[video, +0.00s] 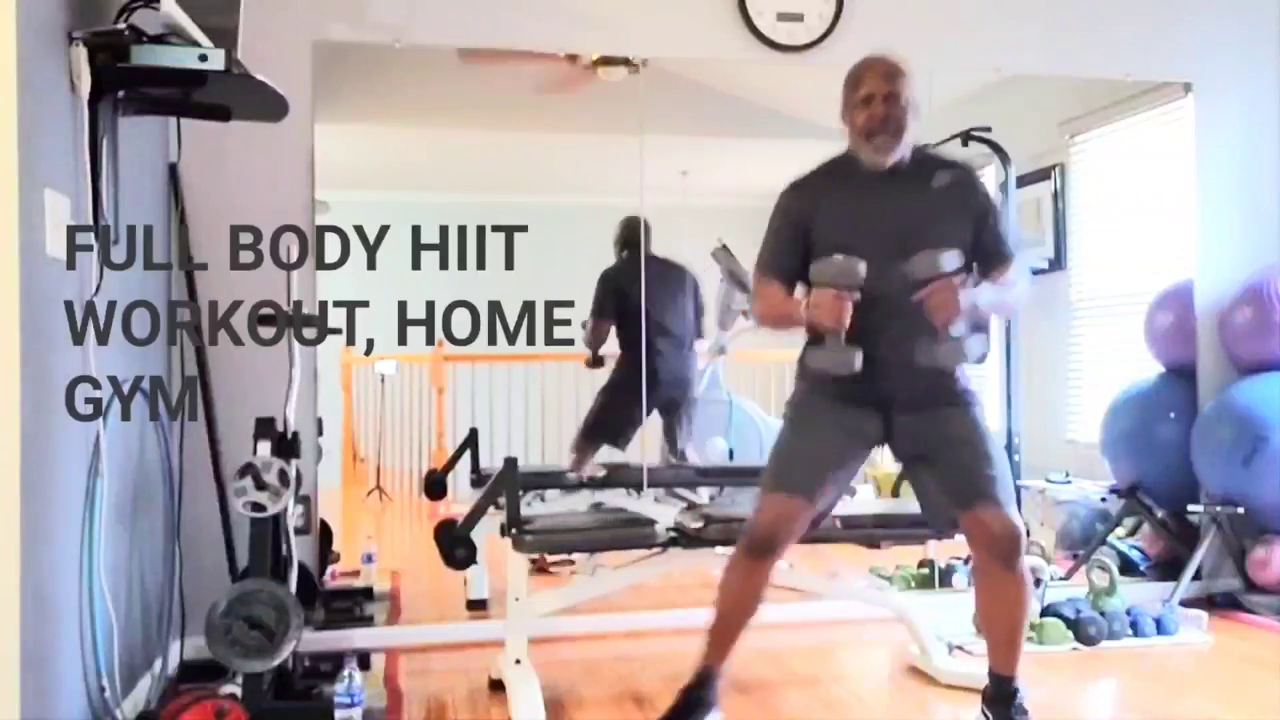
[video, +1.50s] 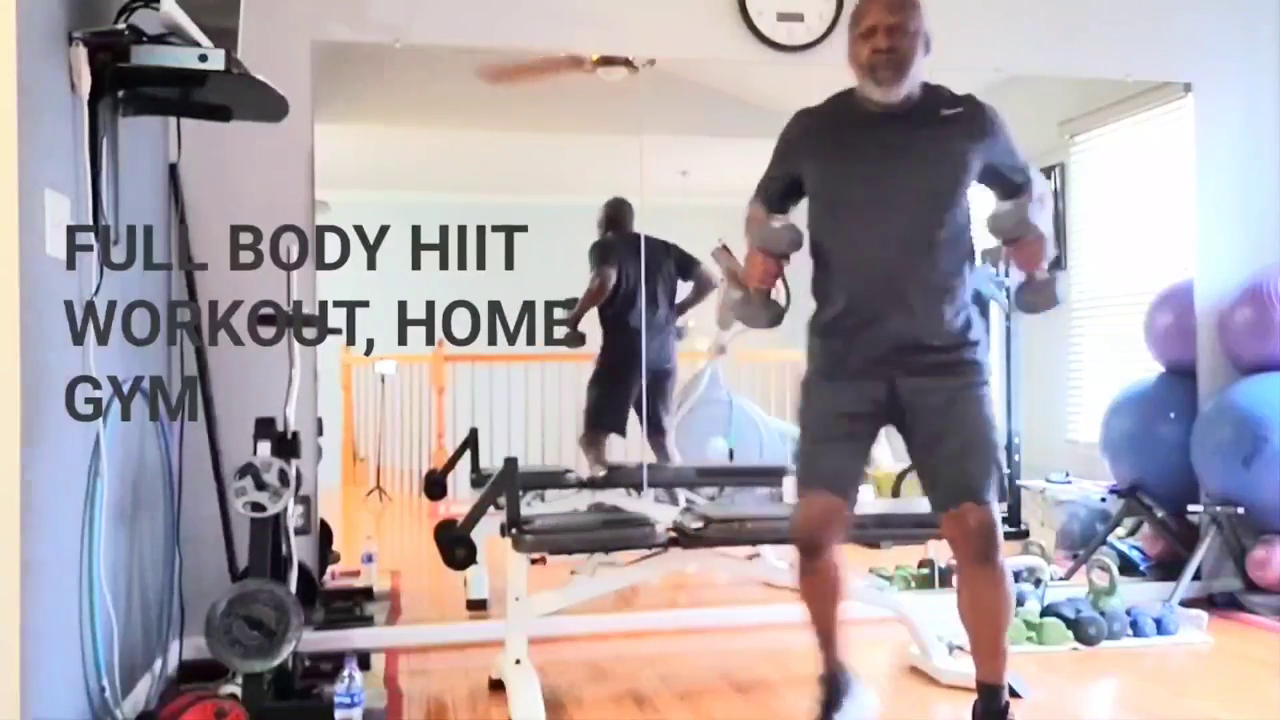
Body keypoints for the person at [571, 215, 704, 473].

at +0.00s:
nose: (614, 246)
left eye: (616, 242)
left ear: (620, 242)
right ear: (649, 240)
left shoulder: (614, 276)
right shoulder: (684, 275)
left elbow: (596, 337)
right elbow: (697, 333)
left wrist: (592, 347)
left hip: (636, 374)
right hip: (681, 373)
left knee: (583, 452)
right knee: (680, 454)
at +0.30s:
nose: (574, 235)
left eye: (574, 230)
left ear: (574, 232)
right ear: (602, 231)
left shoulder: (566, 266)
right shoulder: (632, 264)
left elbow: (548, 315)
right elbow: (655, 316)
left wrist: (549, 346)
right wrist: (622, 324)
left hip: (588, 364)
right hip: (629, 364)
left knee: (553, 441)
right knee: (642, 439)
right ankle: (674, 498)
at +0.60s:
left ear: (548, 226)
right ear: (576, 224)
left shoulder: (548, 251)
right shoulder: (599, 248)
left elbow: (537, 281)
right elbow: (657, 272)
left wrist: (514, 323)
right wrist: (633, 305)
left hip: (557, 348)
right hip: (592, 347)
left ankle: (532, 461)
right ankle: (578, 462)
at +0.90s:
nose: (550, 224)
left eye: (550, 219)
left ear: (552, 220)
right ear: (581, 218)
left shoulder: (547, 250)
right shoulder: (608, 248)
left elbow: (527, 297)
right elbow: (634, 307)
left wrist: (528, 335)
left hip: (572, 348)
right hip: (612, 348)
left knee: (546, 431)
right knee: (617, 426)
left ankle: (545, 491)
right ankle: (636, 477)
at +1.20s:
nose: (579, 267)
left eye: (581, 263)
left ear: (582, 265)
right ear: (609, 266)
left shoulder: (578, 297)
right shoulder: (639, 298)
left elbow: (563, 347)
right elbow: (653, 353)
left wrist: (555, 367)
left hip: (597, 393)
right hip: (641, 392)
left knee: (546, 457)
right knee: (641, 464)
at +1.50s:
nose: (598, 226)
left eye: (600, 221)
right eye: (600, 222)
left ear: (605, 222)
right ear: (631, 221)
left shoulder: (605, 246)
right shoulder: (662, 247)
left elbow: (605, 282)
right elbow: (708, 281)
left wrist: (575, 318)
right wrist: (678, 310)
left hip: (622, 356)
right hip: (662, 357)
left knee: (593, 436)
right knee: (661, 435)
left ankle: (602, 479)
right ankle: (682, 500)